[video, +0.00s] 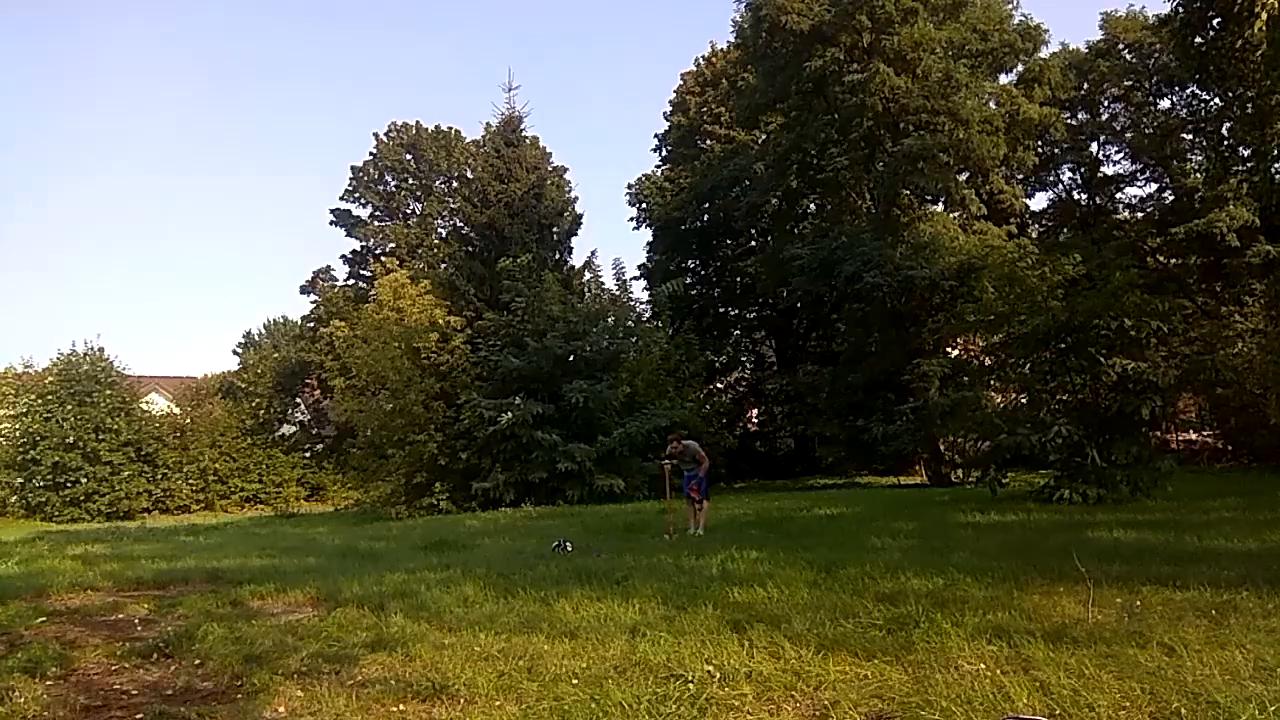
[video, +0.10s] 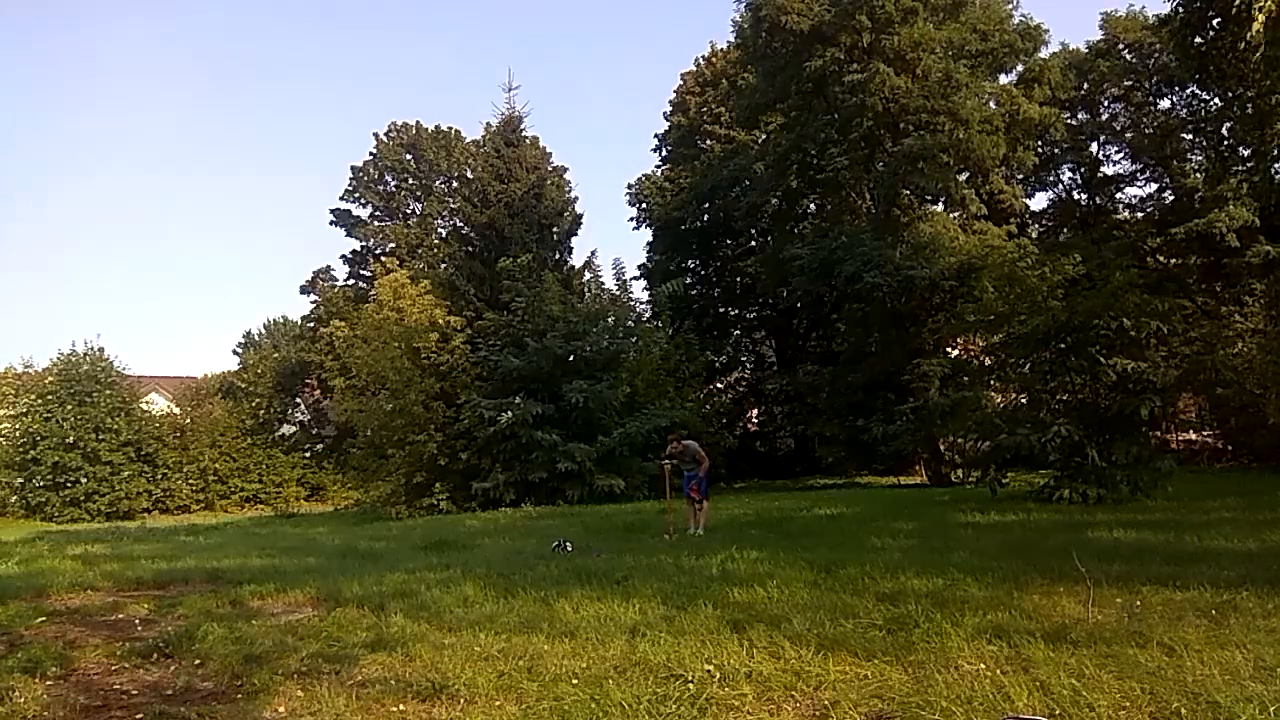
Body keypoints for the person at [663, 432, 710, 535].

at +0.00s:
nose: (674, 450)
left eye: (676, 448)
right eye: (672, 448)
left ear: (681, 445)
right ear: (669, 447)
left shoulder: (692, 447)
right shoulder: (670, 450)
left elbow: (705, 462)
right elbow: (667, 460)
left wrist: (698, 479)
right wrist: (667, 464)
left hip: (699, 471)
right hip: (687, 473)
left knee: (701, 500)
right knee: (689, 500)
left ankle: (701, 527)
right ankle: (692, 526)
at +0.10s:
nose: (674, 450)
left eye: (676, 448)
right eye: (672, 448)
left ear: (681, 445)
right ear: (669, 447)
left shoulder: (692, 447)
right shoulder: (670, 451)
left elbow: (705, 462)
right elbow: (668, 460)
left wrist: (698, 479)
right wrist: (668, 464)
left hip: (698, 471)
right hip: (687, 473)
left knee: (701, 500)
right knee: (689, 500)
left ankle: (701, 527)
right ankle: (692, 526)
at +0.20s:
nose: (674, 450)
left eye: (676, 448)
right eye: (672, 448)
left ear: (681, 445)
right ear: (669, 447)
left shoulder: (692, 447)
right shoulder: (670, 451)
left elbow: (705, 462)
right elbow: (668, 460)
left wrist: (698, 479)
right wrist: (668, 464)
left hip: (698, 471)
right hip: (687, 473)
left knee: (701, 500)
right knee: (689, 500)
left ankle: (701, 527)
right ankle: (693, 526)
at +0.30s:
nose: (674, 450)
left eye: (676, 448)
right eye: (672, 448)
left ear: (681, 445)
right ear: (670, 447)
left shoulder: (692, 447)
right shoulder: (670, 451)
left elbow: (705, 462)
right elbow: (667, 460)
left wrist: (699, 478)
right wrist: (667, 465)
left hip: (699, 471)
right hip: (687, 473)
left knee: (701, 500)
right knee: (689, 500)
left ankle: (701, 527)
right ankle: (692, 526)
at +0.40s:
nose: (674, 450)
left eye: (675, 448)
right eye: (672, 448)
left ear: (681, 445)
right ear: (670, 447)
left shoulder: (692, 447)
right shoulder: (670, 451)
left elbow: (705, 461)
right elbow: (669, 460)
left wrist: (699, 478)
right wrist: (668, 464)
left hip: (699, 472)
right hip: (687, 473)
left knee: (701, 500)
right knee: (689, 500)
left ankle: (701, 527)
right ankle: (692, 526)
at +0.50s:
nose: (673, 450)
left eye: (675, 448)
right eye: (672, 448)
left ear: (680, 445)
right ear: (669, 447)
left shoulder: (692, 447)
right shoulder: (670, 451)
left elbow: (705, 462)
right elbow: (667, 459)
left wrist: (698, 478)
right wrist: (667, 465)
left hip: (699, 471)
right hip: (687, 473)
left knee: (701, 500)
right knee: (689, 500)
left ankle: (701, 527)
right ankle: (692, 526)